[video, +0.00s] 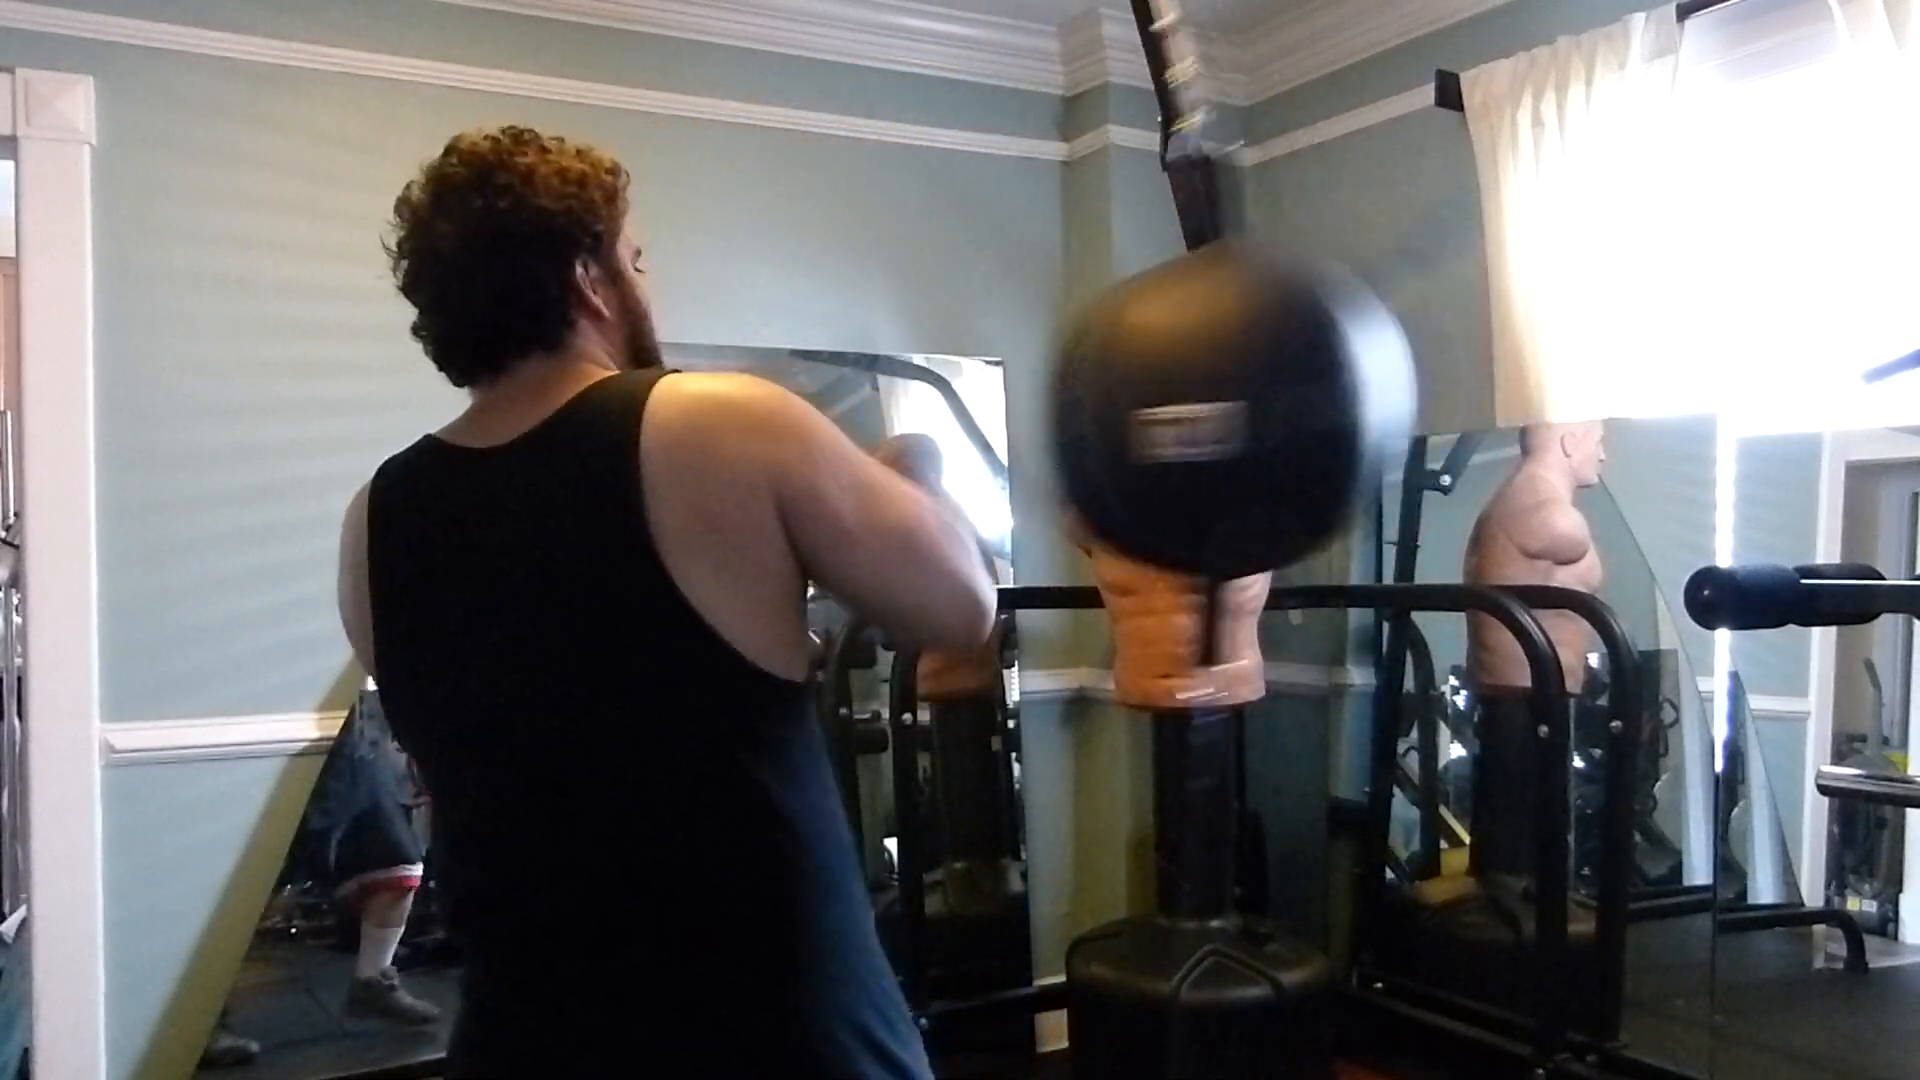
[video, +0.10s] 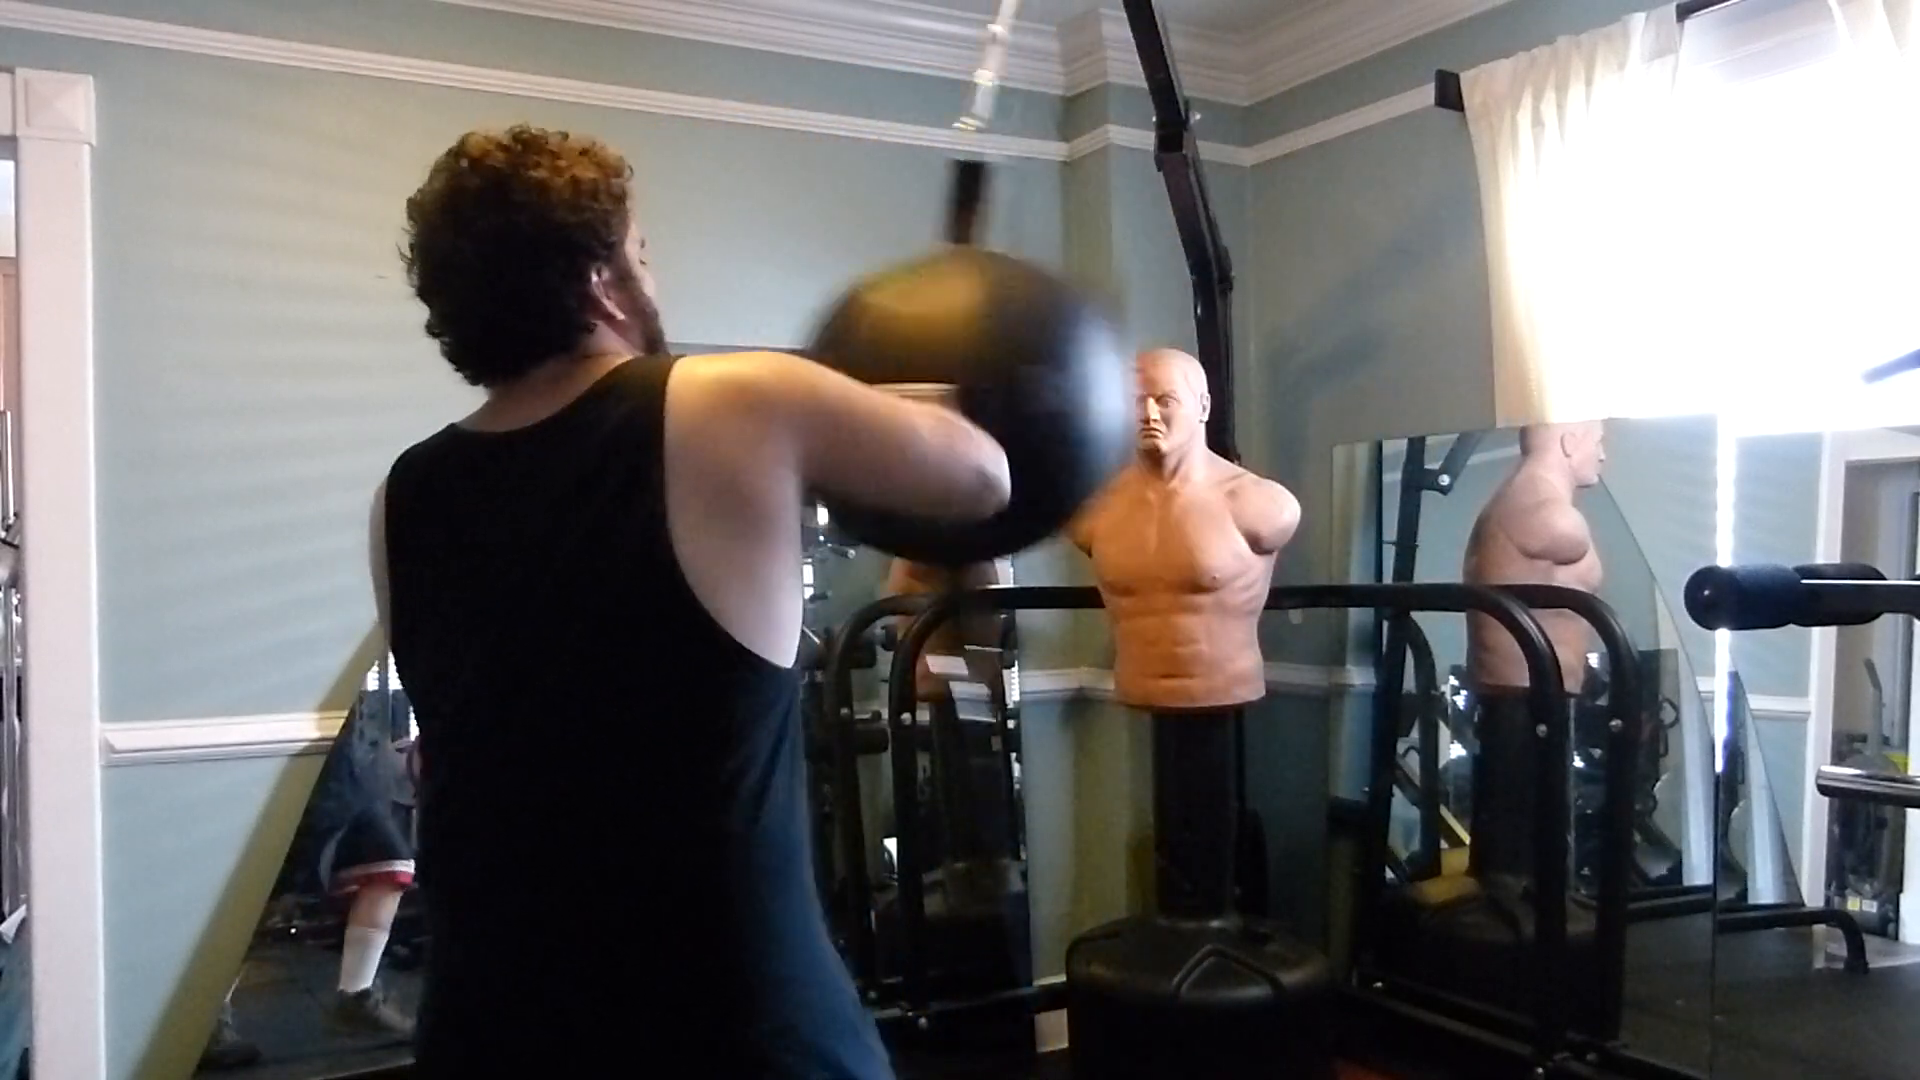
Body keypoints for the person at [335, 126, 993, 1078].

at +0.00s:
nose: (651, 292)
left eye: (640, 259)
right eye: (635, 263)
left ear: (447, 317)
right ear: (588, 284)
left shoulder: (374, 522)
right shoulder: (730, 426)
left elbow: (440, 741)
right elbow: (960, 613)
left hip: (525, 1013)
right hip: (775, 1003)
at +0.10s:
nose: (655, 281)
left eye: (644, 253)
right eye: (641, 256)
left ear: (459, 314)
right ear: (602, 288)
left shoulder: (404, 501)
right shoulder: (750, 405)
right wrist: (914, 396)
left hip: (493, 1006)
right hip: (735, 1002)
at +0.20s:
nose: (686, 281)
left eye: (675, 250)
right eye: (672, 253)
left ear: (498, 304)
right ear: (630, 287)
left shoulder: (449, 477)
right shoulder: (760, 413)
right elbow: (966, 495)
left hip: (499, 965)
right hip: (716, 972)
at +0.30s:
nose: (710, 282)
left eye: (698, 253)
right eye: (694, 257)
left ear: (529, 312)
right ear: (645, 300)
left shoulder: (502, 463)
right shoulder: (732, 469)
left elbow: (636, 482)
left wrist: (791, 428)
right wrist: (928, 534)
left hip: (500, 976)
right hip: (682, 992)